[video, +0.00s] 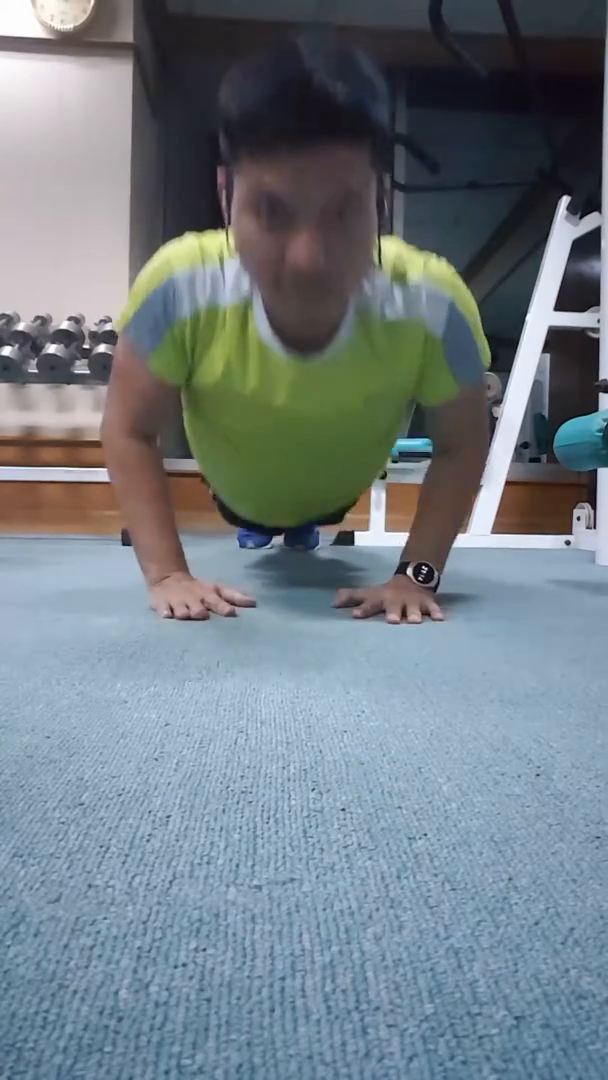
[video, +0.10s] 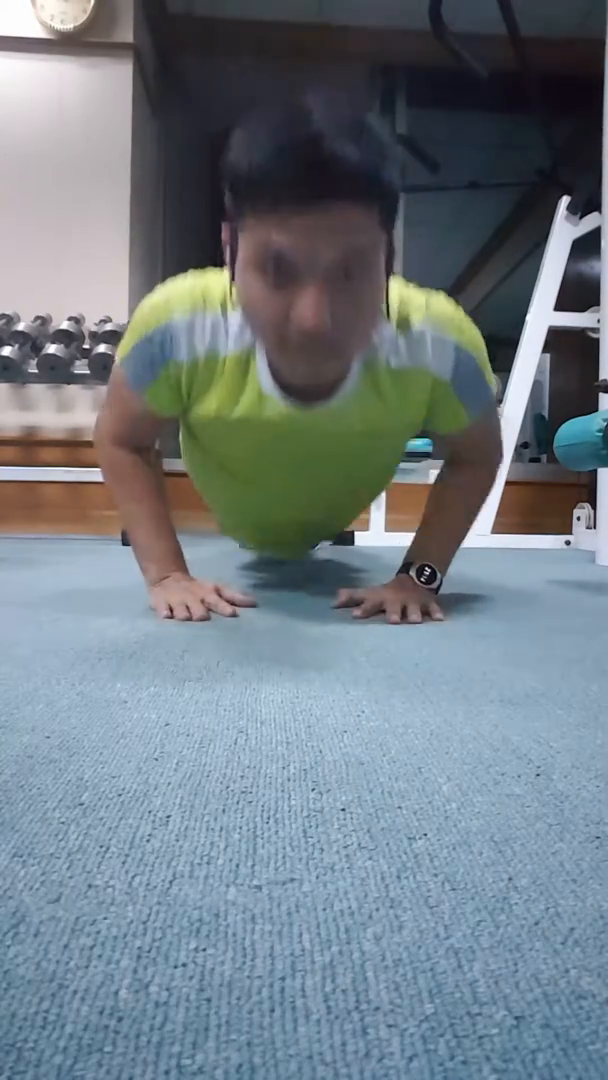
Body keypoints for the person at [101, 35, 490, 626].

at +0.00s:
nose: (307, 254)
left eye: (341, 211)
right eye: (272, 211)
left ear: (381, 195)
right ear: (225, 195)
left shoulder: (428, 298)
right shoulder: (177, 282)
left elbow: (462, 444)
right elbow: (126, 431)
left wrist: (416, 574)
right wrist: (168, 574)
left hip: (338, 489)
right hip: (236, 489)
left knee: (316, 516)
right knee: (249, 521)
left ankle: (303, 530)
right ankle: (260, 528)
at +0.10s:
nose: (313, 317)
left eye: (348, 273)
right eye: (279, 272)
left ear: (387, 254)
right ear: (229, 249)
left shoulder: (437, 339)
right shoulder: (175, 321)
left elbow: (475, 455)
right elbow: (122, 441)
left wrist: (418, 576)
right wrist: (167, 574)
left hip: (342, 504)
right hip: (227, 504)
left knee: (329, 527)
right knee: (249, 528)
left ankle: (326, 533)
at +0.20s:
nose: (312, 382)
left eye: (349, 342)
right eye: (278, 336)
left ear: (389, 320)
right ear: (228, 311)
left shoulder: (444, 383)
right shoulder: (167, 364)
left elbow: (487, 461)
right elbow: (114, 450)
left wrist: (420, 577)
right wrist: (168, 576)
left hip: (343, 510)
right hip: (225, 510)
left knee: (315, 544)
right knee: (249, 552)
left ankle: (291, 563)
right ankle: (262, 565)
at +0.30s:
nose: (309, 448)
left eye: (347, 407)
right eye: (274, 404)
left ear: (387, 380)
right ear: (223, 372)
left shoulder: (444, 417)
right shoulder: (162, 405)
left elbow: (497, 461)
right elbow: (101, 446)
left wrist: (421, 577)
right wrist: (167, 577)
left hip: (344, 556)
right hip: (231, 552)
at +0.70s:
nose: (305, 380)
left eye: (340, 338)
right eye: (271, 342)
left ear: (383, 321)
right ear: (219, 324)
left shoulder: (441, 384)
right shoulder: (163, 383)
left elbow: (495, 457)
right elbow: (102, 447)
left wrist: (421, 576)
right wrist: (168, 577)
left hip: (349, 541)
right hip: (235, 550)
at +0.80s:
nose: (310, 283)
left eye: (344, 246)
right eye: (277, 246)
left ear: (385, 240)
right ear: (226, 242)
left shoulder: (438, 330)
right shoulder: (169, 328)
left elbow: (488, 452)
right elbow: (111, 441)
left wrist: (418, 577)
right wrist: (168, 577)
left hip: (348, 506)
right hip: (234, 507)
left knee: (336, 530)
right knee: (245, 531)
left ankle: (325, 537)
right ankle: (262, 543)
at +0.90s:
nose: (318, 209)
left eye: (349, 173)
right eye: (283, 175)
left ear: (388, 174)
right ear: (236, 182)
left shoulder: (434, 284)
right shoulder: (181, 283)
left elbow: (479, 442)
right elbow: (124, 432)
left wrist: (417, 577)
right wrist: (169, 576)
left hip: (348, 486)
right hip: (242, 485)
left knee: (330, 518)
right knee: (255, 521)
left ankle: (317, 531)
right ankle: (263, 531)